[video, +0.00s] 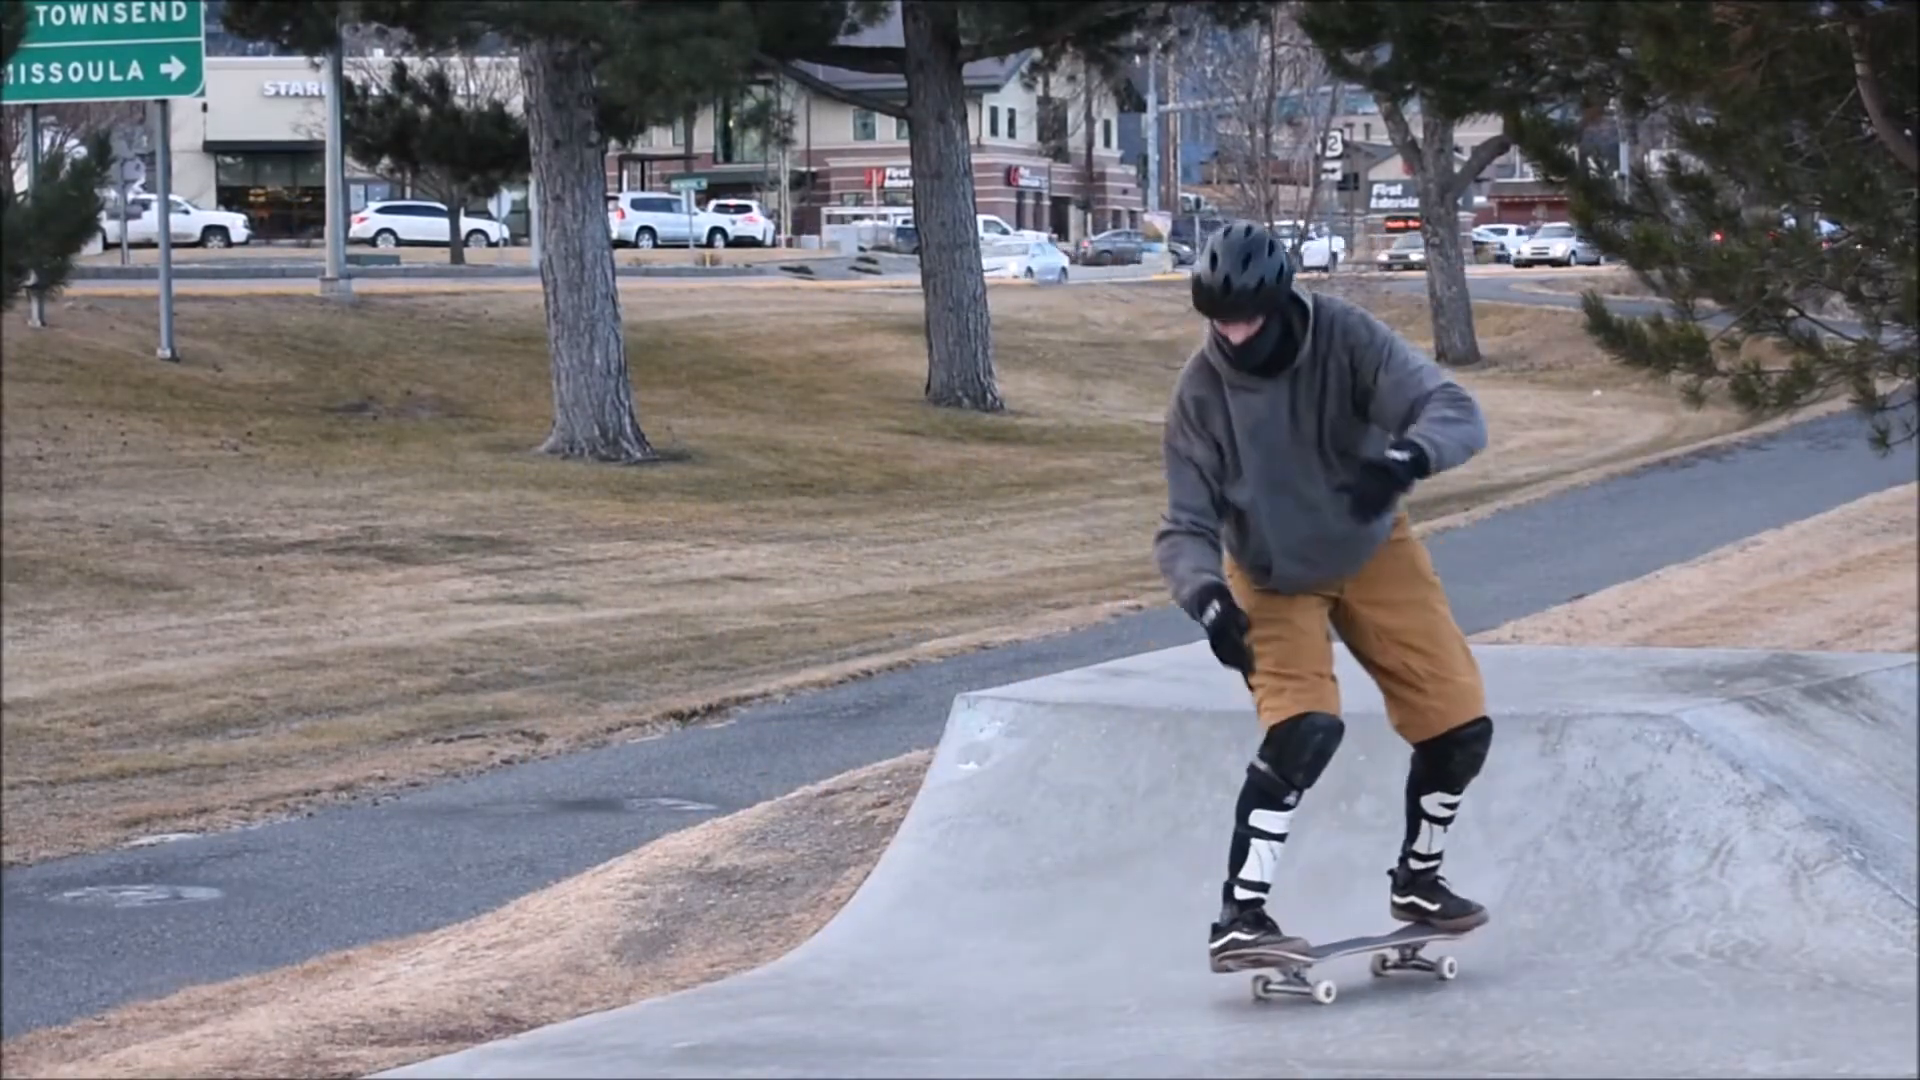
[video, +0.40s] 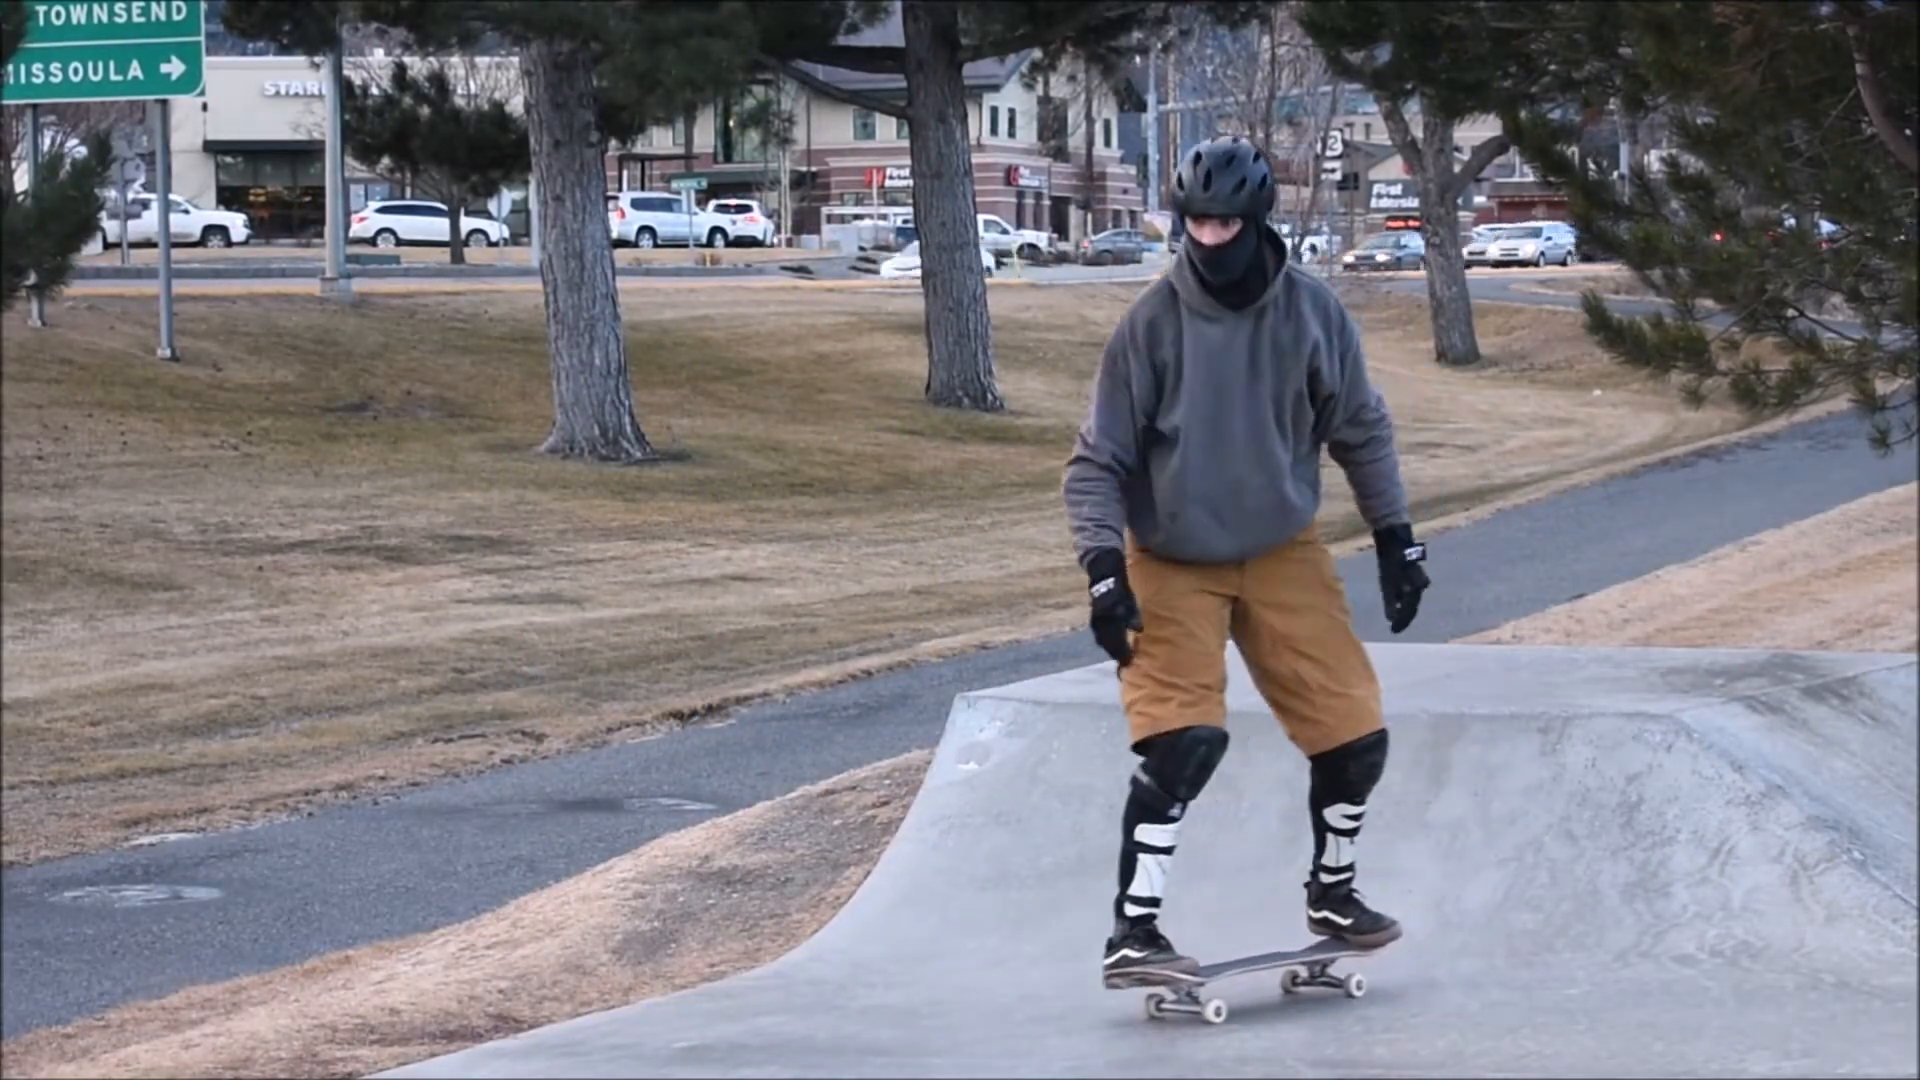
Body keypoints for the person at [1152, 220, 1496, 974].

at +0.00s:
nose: (1233, 332)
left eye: (1246, 316)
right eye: (1219, 318)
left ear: (1281, 299)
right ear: (1203, 309)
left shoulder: (1344, 336)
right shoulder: (1202, 390)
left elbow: (1458, 415)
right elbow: (1185, 528)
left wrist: (1406, 457)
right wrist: (1212, 606)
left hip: (1373, 548)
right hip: (1268, 568)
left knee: (1457, 728)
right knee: (1305, 728)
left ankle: (1417, 879)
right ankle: (1241, 918)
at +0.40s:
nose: (1207, 236)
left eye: (1224, 221)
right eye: (1196, 220)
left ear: (1259, 220)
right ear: (1179, 221)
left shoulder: (1311, 308)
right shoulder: (1153, 323)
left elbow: (1361, 426)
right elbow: (1098, 460)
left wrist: (1394, 538)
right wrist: (1103, 572)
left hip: (1283, 552)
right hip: (1171, 560)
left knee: (1352, 738)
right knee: (1184, 742)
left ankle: (1331, 893)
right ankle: (1135, 931)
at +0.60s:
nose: (1254, 494)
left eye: (1263, 484)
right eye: (1250, 480)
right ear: (1219, 450)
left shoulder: (1242, 476)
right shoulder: (1114, 457)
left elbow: (1268, 565)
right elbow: (987, 571)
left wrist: (1320, 640)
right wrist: (995, 696)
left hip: (1143, 627)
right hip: (1051, 614)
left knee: (1236, 752)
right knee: (1140, 759)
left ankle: (1147, 897)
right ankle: (1031, 924)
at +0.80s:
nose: (1281, 476)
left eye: (1300, 468)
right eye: (1272, 461)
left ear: (1330, 440)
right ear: (1254, 424)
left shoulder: (1334, 444)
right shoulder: (1185, 434)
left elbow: (1375, 577)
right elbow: (1075, 501)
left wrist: (1328, 552)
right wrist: (1030, 601)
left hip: (1252, 586)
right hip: (1158, 577)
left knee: (1326, 735)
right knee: (1230, 736)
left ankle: (1250, 864)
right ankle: (1136, 903)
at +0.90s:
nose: (1296, 416)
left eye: (1310, 407)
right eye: (1284, 404)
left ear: (1340, 377)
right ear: (1261, 368)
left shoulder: (1367, 378)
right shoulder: (1216, 358)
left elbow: (1396, 513)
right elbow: (1131, 368)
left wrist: (1318, 544)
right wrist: (1068, 426)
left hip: (1313, 539)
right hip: (1217, 532)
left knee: (1370, 695)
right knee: (1251, 705)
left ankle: (1312, 808)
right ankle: (1191, 877)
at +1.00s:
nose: (1303, 367)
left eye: (1315, 357)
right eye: (1289, 356)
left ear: (1349, 330)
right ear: (1266, 324)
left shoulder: (1394, 336)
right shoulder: (1233, 302)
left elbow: (1483, 433)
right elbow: (1165, 284)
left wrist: (1486, 526)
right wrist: (1100, 303)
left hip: (1367, 483)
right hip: (1261, 480)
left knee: (1432, 647)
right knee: (1266, 655)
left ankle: (1456, 765)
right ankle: (1228, 766)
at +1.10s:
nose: (1305, 344)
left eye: (1317, 332)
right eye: (1290, 334)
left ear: (1352, 298)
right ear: (1266, 299)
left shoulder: (1422, 298)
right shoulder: (1243, 287)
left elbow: (1555, 321)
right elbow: (1158, 281)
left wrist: (1634, 400)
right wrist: (1077, 318)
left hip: (1418, 454)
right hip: (1310, 450)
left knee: (1449, 624)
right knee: (1276, 599)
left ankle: (1518, 769)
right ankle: (1331, 663)